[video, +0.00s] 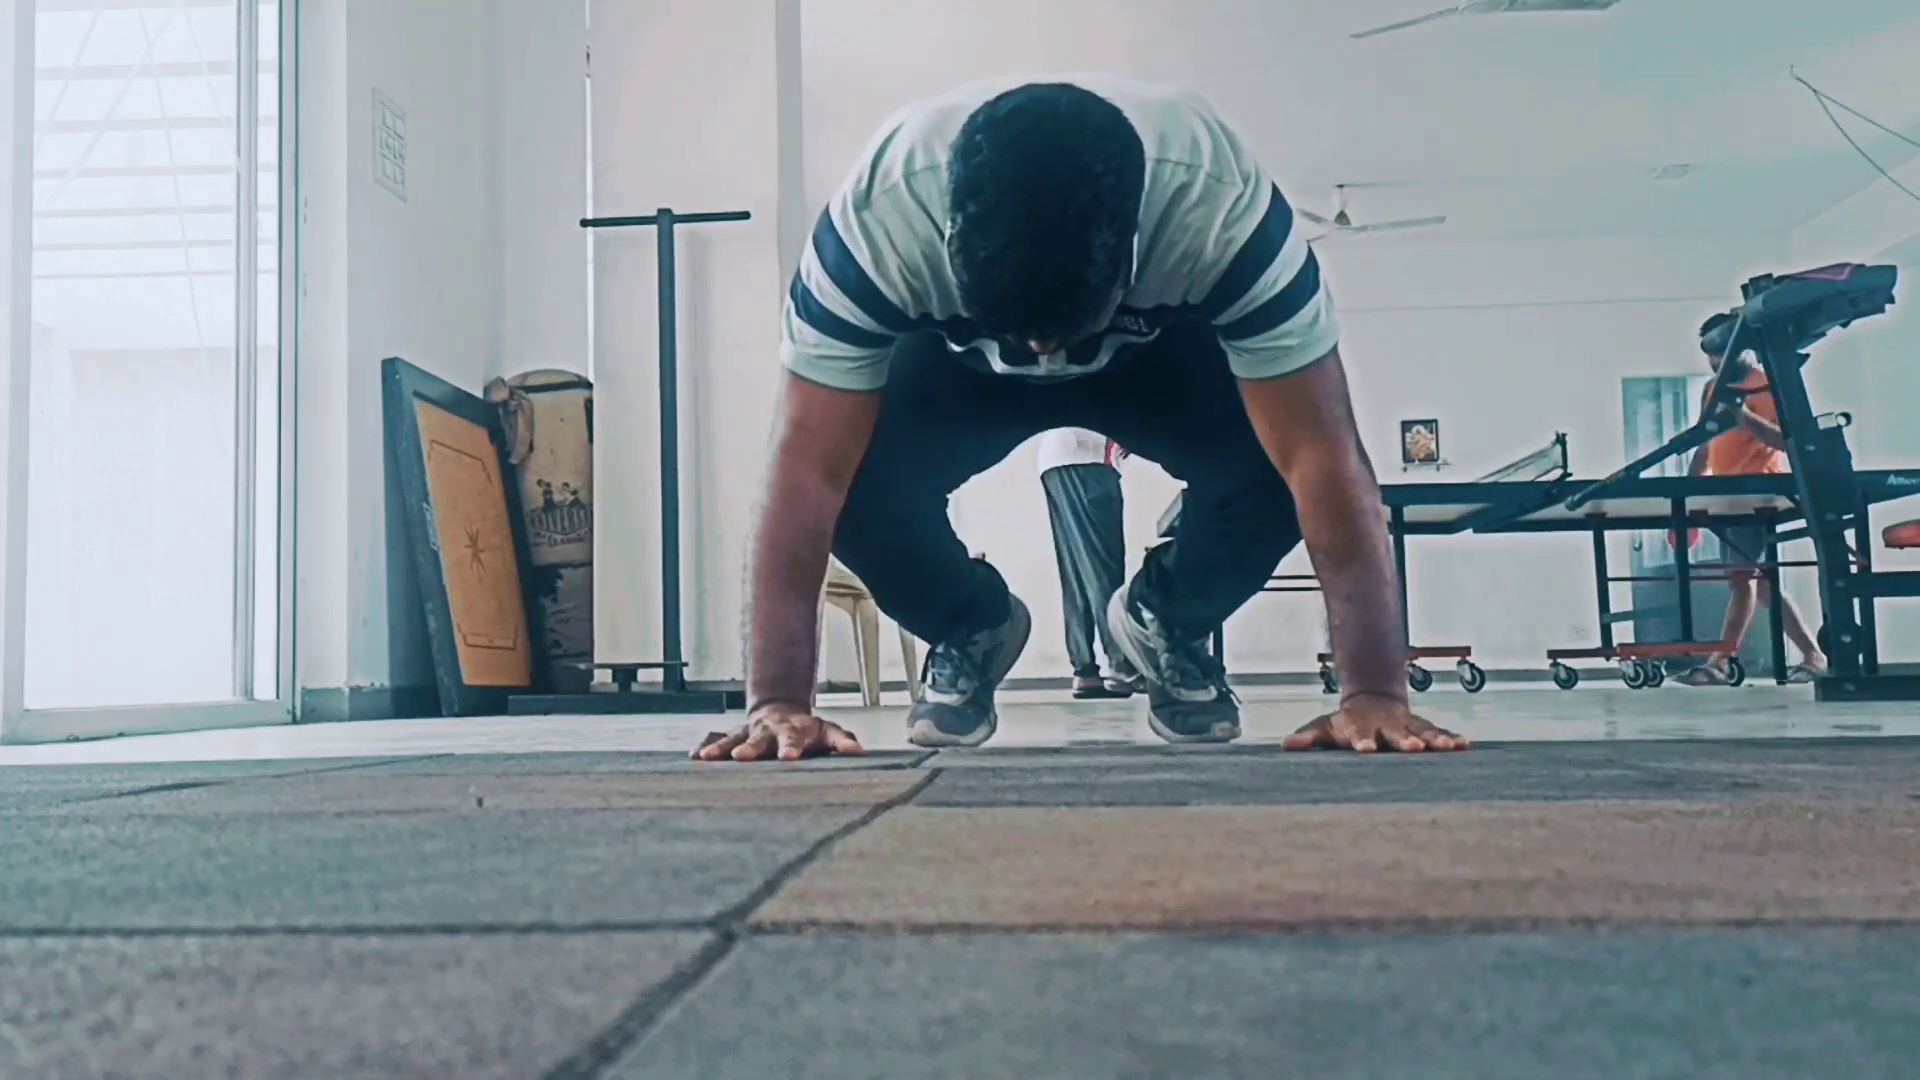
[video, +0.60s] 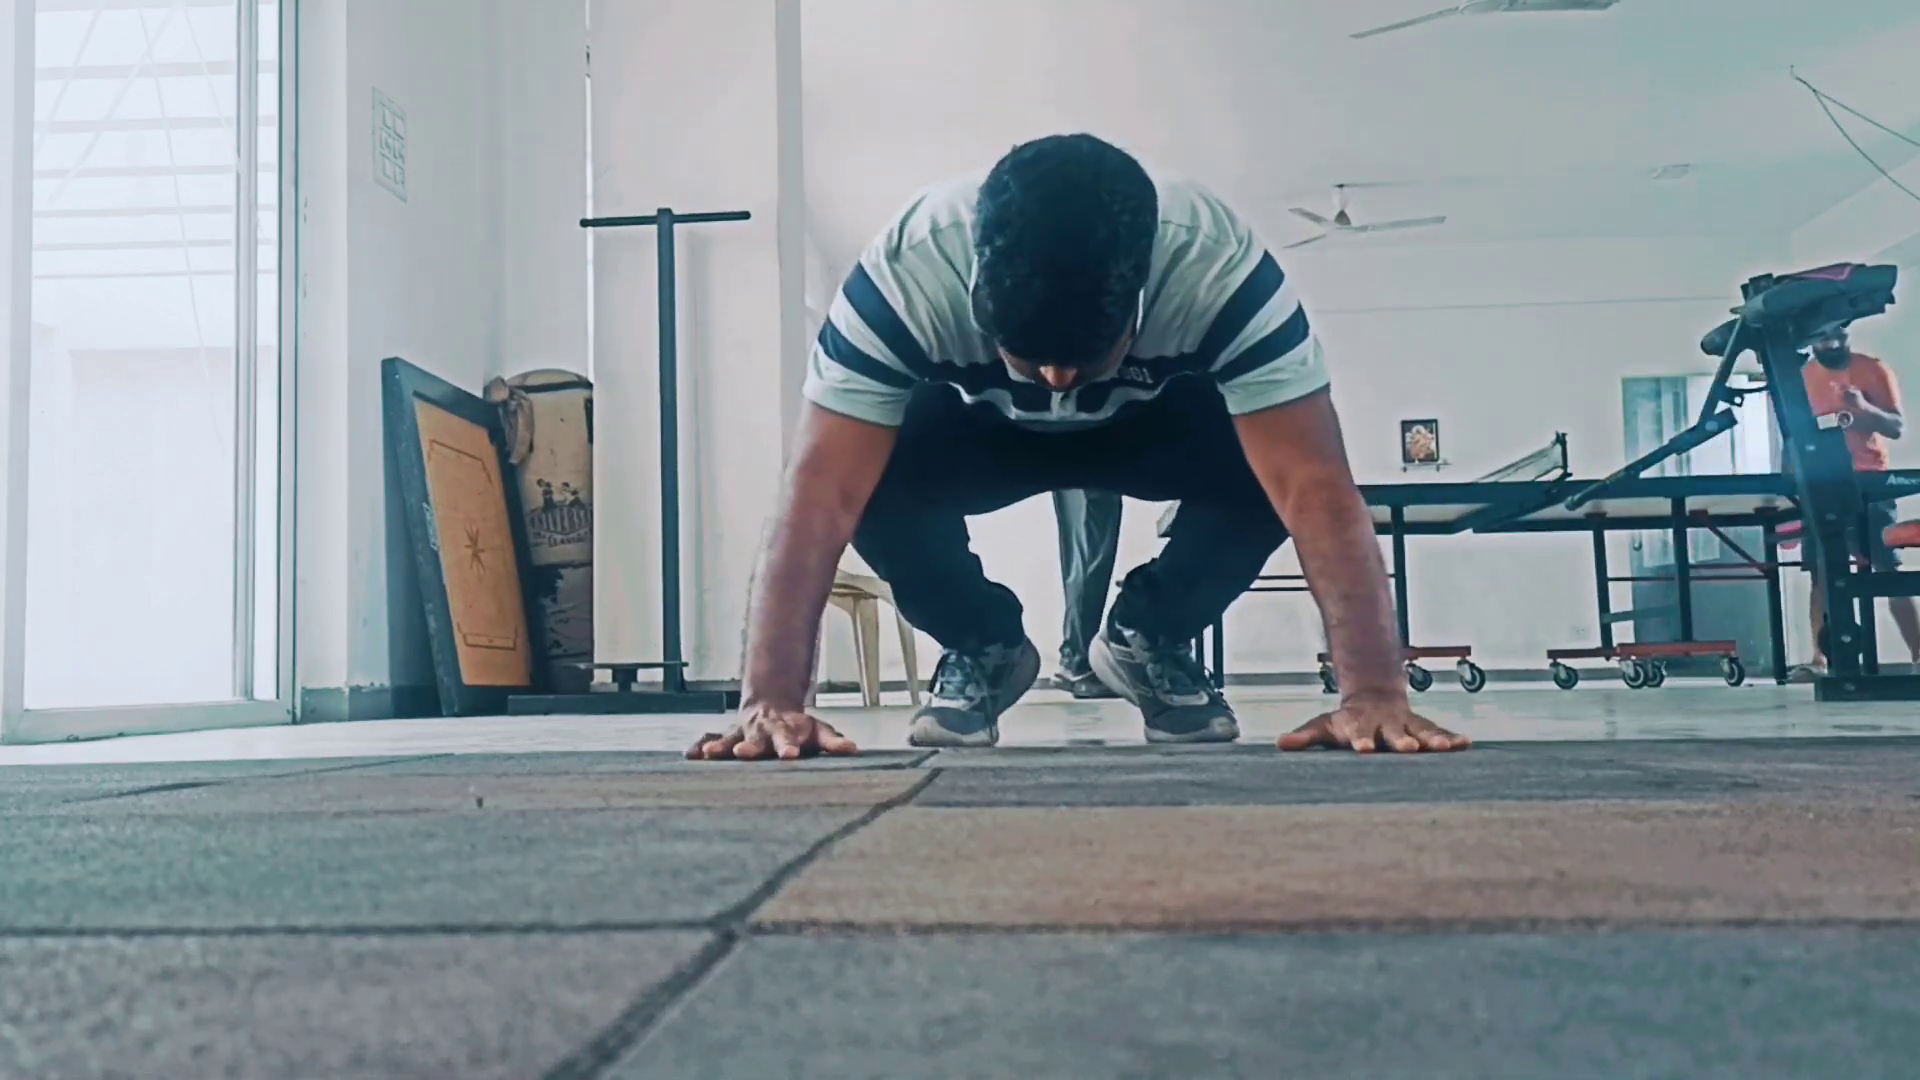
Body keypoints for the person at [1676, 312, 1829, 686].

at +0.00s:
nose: (1713, 360)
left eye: (1718, 350)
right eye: (1708, 352)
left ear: (1738, 346)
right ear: (1707, 354)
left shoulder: (1767, 382)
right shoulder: (1711, 390)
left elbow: (1791, 443)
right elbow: (1704, 452)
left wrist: (1743, 416)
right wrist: (1687, 499)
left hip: (1760, 490)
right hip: (1724, 493)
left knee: (1741, 574)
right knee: (1761, 583)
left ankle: (1720, 663)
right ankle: (1814, 655)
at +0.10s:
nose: (1746, 362)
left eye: (1752, 355)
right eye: (1739, 356)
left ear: (1766, 356)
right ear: (1730, 361)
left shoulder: (1781, 388)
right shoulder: (1730, 397)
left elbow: (1789, 432)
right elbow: (1718, 450)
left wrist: (1756, 408)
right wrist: (1701, 495)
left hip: (1779, 492)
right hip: (1747, 495)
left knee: (1754, 577)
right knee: (1780, 581)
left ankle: (1731, 659)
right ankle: (1817, 658)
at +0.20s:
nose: (1750, 361)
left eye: (1755, 353)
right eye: (1746, 355)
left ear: (1775, 351)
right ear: (1743, 358)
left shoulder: (1807, 380)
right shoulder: (1746, 389)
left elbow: (1823, 433)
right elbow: (1734, 447)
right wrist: (1715, 491)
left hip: (1804, 490)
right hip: (1767, 492)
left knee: (1771, 574)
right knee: (1794, 577)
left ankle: (1751, 659)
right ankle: (1818, 656)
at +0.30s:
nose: (1765, 345)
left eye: (1772, 337)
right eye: (1762, 338)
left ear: (1790, 337)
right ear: (1760, 342)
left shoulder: (1818, 373)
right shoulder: (1757, 380)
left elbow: (1838, 428)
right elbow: (1749, 442)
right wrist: (1734, 486)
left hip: (1815, 487)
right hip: (1780, 488)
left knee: (1799, 569)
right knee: (1799, 571)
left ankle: (1802, 656)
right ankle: (1817, 655)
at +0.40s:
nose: (1771, 354)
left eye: (1777, 344)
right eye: (1768, 347)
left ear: (1797, 341)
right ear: (1766, 350)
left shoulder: (1831, 371)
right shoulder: (1769, 383)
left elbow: (1861, 425)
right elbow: (1763, 437)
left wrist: (1826, 410)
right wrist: (1752, 483)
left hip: (1830, 486)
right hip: (1791, 488)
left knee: (1829, 571)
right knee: (1805, 575)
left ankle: (1831, 657)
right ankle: (1819, 658)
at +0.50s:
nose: (1811, 346)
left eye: (1816, 337)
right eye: (1803, 340)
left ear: (1826, 335)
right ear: (1792, 344)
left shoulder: (1851, 370)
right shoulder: (1783, 381)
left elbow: (1877, 427)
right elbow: (1776, 440)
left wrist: (1844, 407)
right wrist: (1770, 489)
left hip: (1850, 484)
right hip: (1805, 488)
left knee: (1864, 574)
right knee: (1811, 577)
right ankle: (1819, 660)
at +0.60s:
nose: (1829, 343)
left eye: (1835, 334)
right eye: (1820, 336)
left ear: (1847, 332)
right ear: (1810, 341)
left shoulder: (1873, 370)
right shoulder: (1802, 378)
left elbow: (1895, 427)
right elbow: (1790, 432)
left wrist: (1863, 408)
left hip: (1869, 483)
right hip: (1821, 486)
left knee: (1891, 575)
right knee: (1822, 574)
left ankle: (1916, 655)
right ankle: (1821, 659)